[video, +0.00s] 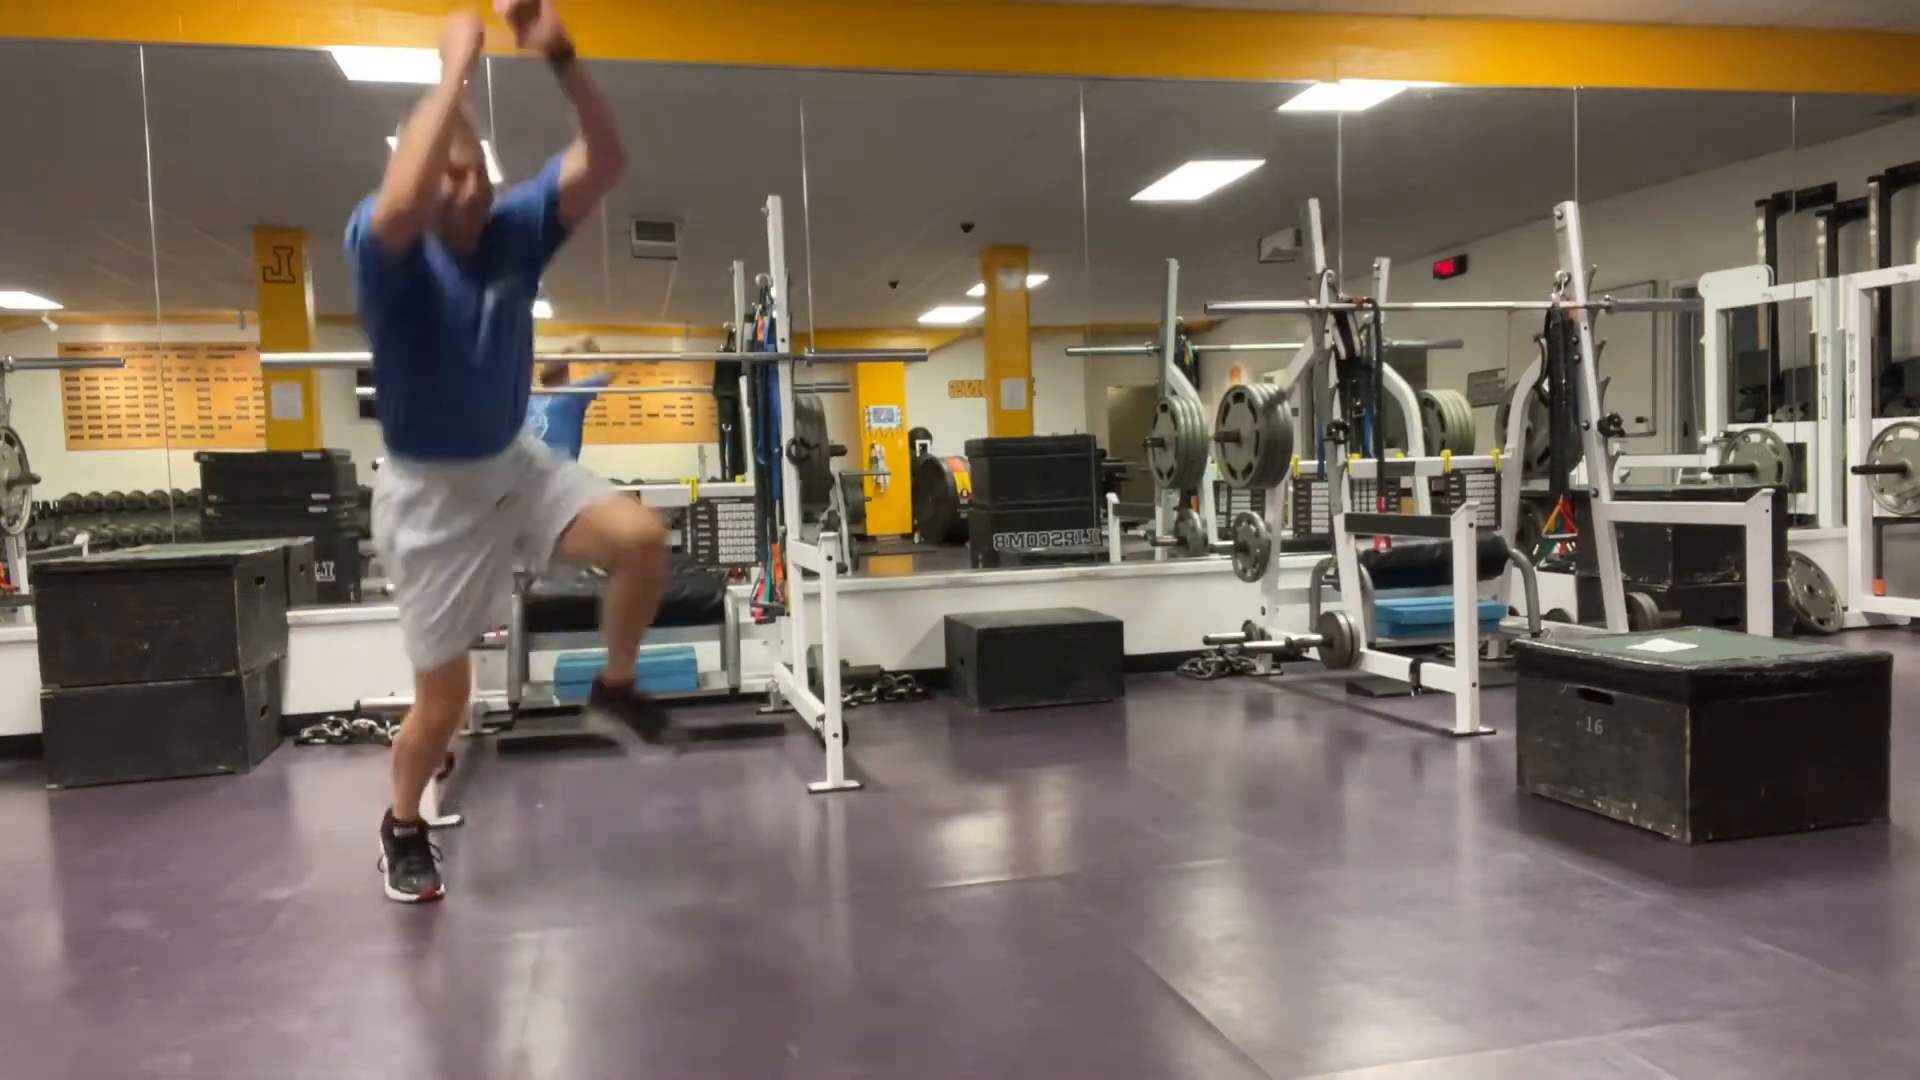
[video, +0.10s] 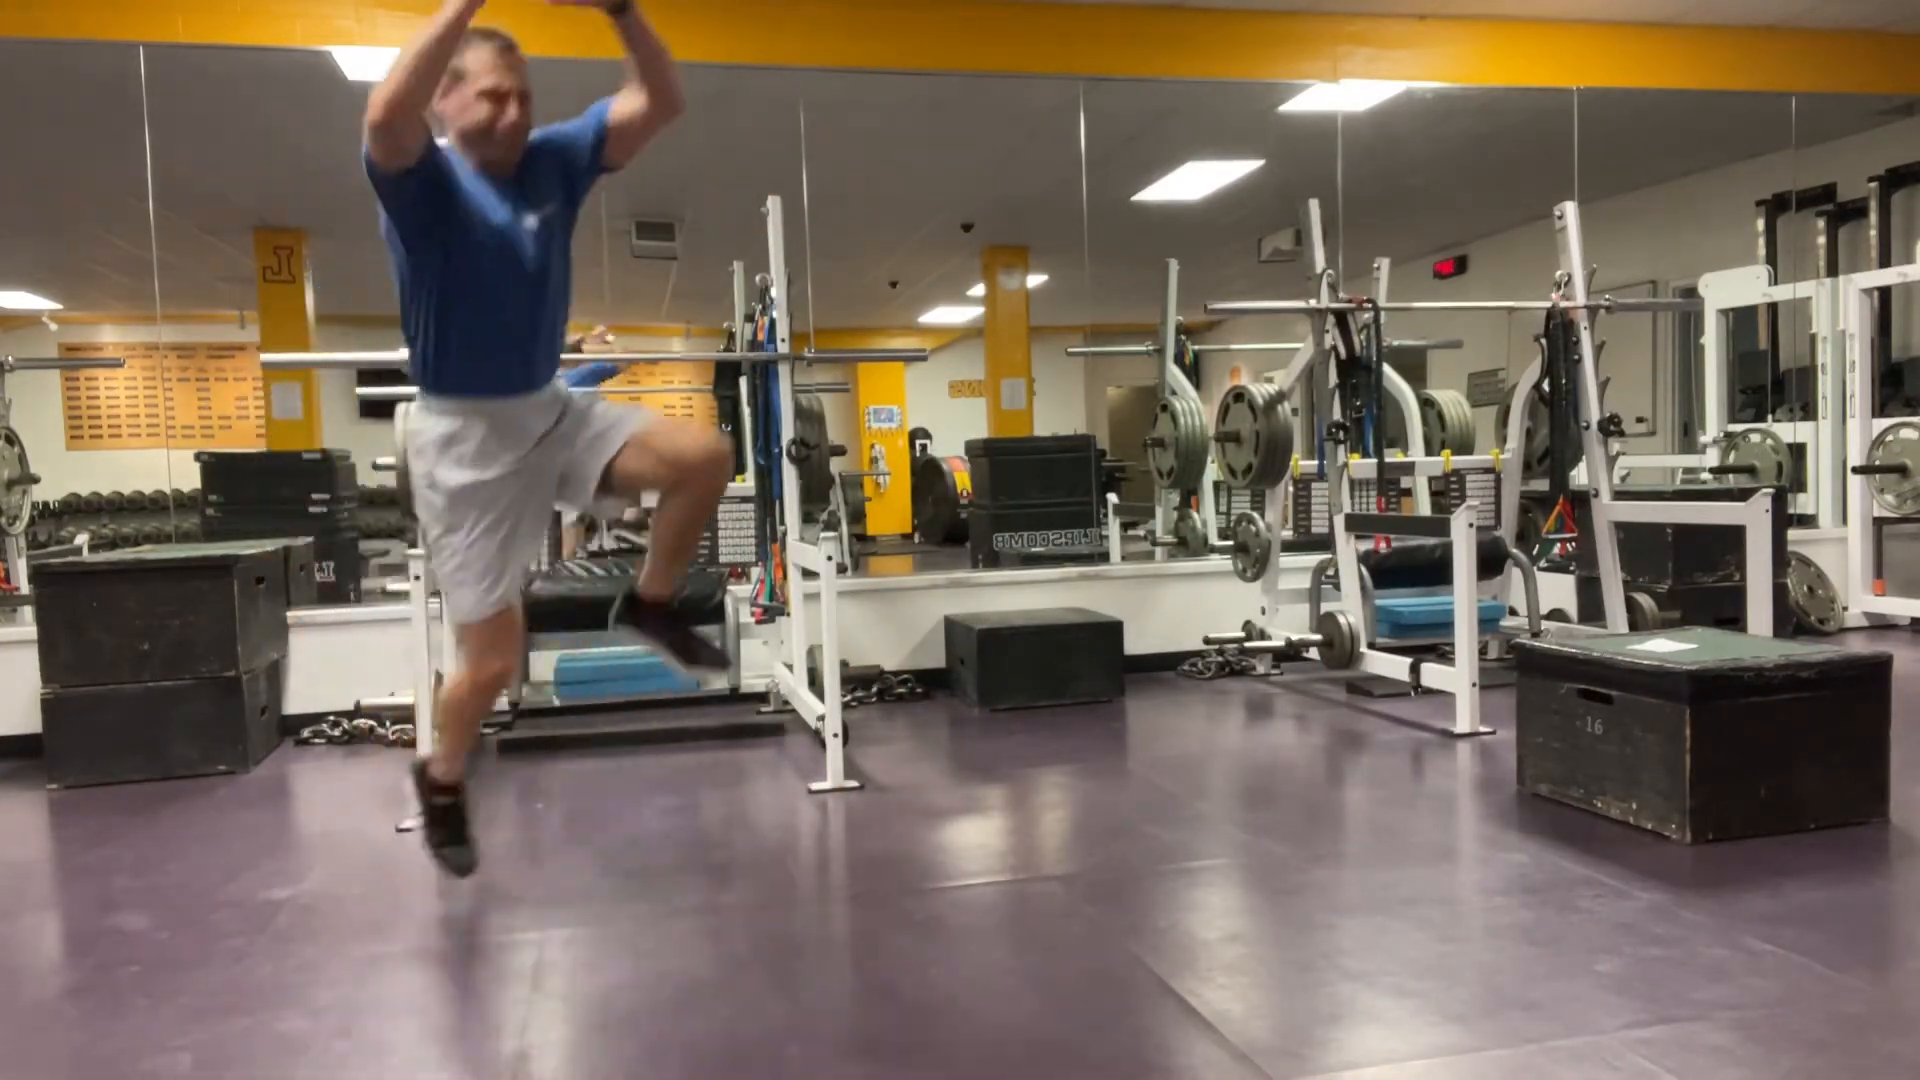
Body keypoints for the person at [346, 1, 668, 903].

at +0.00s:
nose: (465, 186)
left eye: (474, 167)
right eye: (446, 173)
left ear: (492, 171)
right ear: (411, 180)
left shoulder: (515, 232)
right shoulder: (383, 250)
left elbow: (604, 160)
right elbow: (400, 205)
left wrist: (561, 58)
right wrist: (453, 72)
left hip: (518, 473)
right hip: (429, 497)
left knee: (639, 539)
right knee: (441, 705)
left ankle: (617, 687)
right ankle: (403, 822)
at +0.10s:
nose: (501, 109)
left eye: (514, 94)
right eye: (480, 93)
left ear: (528, 103)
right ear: (439, 107)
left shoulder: (554, 161)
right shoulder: (418, 181)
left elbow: (661, 103)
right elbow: (388, 121)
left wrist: (624, 13)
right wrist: (460, 8)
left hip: (553, 414)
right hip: (461, 438)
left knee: (701, 458)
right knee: (493, 664)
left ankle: (653, 606)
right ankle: (442, 783)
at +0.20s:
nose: (553, 80)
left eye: (566, 69)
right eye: (533, 68)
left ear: (581, 81)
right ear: (494, 82)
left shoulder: (609, 147)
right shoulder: (459, 147)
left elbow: (742, 135)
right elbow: (349, 143)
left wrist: (728, 66)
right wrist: (464, 77)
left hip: (586, 388)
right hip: (496, 420)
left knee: (744, 416)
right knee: (562, 638)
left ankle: (666, 552)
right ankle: (531, 815)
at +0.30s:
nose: (616, 123)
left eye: (627, 106)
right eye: (597, 106)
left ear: (644, 105)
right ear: (550, 104)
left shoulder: (668, 176)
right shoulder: (502, 179)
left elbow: (785, 188)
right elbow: (330, 215)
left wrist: (789, 160)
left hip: (632, 421)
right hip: (535, 450)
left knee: (796, 429)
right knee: (613, 659)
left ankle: (687, 556)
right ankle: (647, 896)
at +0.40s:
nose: (682, 197)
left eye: (689, 178)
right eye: (662, 179)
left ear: (702, 176)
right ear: (606, 180)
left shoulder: (712, 252)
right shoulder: (541, 284)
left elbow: (801, 296)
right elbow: (401, 390)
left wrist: (815, 304)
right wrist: (477, 479)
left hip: (690, 499)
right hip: (592, 532)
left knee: (857, 503)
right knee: (687, 734)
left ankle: (765, 649)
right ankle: (701, 984)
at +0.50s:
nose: (744, 253)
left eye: (749, 233)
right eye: (720, 235)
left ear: (758, 234)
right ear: (659, 239)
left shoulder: (764, 332)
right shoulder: (604, 357)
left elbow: (819, 448)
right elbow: (518, 529)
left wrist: (829, 442)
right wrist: (637, 592)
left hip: (723, 557)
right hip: (626, 592)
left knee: (879, 626)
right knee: (744, 752)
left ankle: (815, 789)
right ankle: (709, 988)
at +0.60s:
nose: (803, 281)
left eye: (808, 261)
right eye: (780, 263)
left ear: (816, 260)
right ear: (717, 265)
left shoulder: (823, 360)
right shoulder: (655, 384)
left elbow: (836, 511)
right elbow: (597, 567)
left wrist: (832, 517)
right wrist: (731, 611)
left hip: (748, 585)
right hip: (650, 606)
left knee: (877, 705)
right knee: (787, 776)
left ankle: (791, 868)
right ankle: (710, 989)